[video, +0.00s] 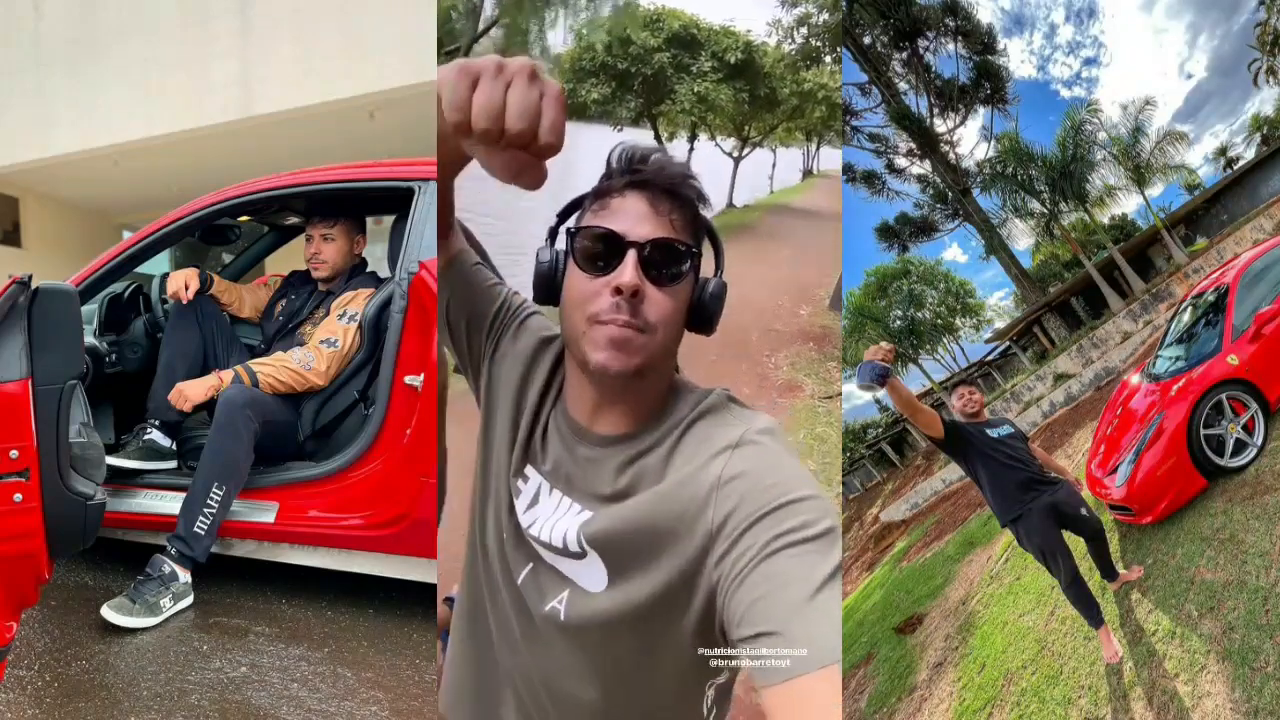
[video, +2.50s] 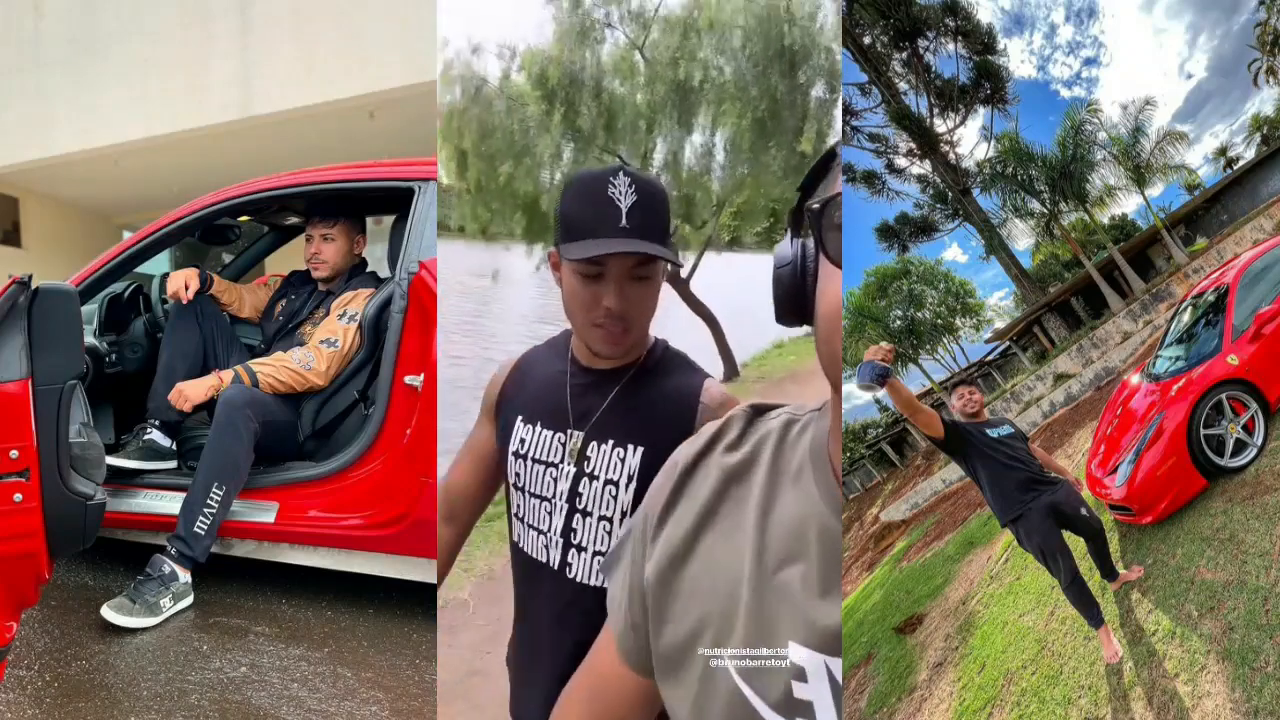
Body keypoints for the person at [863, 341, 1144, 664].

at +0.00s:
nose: (967, 397)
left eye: (971, 392)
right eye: (959, 397)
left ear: (983, 398)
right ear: (953, 410)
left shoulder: (1003, 424)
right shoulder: (957, 436)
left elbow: (1037, 454)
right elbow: (916, 412)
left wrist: (1067, 475)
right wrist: (885, 374)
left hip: (1052, 489)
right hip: (1022, 512)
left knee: (1094, 528)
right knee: (1065, 571)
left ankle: (1114, 576)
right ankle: (1101, 628)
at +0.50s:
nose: (966, 397)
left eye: (971, 392)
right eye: (959, 397)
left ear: (983, 398)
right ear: (953, 410)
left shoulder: (1003, 424)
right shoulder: (956, 436)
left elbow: (1037, 454)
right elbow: (916, 412)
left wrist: (1067, 476)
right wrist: (885, 374)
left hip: (1051, 489)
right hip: (1021, 511)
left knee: (1094, 528)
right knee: (1065, 571)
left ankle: (1114, 576)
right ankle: (1101, 628)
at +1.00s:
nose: (967, 397)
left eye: (971, 392)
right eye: (959, 397)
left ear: (983, 398)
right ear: (953, 410)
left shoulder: (1003, 424)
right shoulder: (957, 436)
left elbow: (1037, 454)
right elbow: (916, 412)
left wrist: (1067, 476)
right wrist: (885, 375)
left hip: (1051, 489)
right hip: (1021, 512)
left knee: (1094, 528)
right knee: (1066, 571)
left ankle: (1113, 576)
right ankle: (1101, 629)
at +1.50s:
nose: (967, 397)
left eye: (971, 392)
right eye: (959, 397)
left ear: (983, 398)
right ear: (953, 410)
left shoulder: (1003, 423)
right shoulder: (956, 436)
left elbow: (1037, 454)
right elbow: (916, 412)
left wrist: (1068, 475)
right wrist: (885, 373)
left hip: (1052, 489)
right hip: (1022, 512)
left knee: (1094, 528)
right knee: (1066, 571)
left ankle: (1114, 576)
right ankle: (1101, 628)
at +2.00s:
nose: (967, 397)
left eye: (972, 392)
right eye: (959, 397)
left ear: (983, 398)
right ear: (952, 410)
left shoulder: (1003, 423)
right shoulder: (957, 436)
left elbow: (1036, 453)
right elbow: (917, 413)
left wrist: (1067, 475)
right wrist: (885, 375)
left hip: (1051, 489)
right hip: (1022, 512)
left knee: (1093, 528)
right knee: (1066, 572)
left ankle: (1114, 576)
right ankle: (1101, 628)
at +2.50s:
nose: (967, 396)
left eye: (971, 391)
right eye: (959, 397)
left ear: (983, 398)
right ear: (953, 411)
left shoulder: (1004, 424)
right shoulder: (956, 436)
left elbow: (1037, 453)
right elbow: (916, 412)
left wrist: (1067, 475)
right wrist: (885, 373)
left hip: (1052, 489)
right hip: (1022, 512)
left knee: (1094, 528)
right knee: (1066, 573)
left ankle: (1114, 576)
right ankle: (1101, 628)